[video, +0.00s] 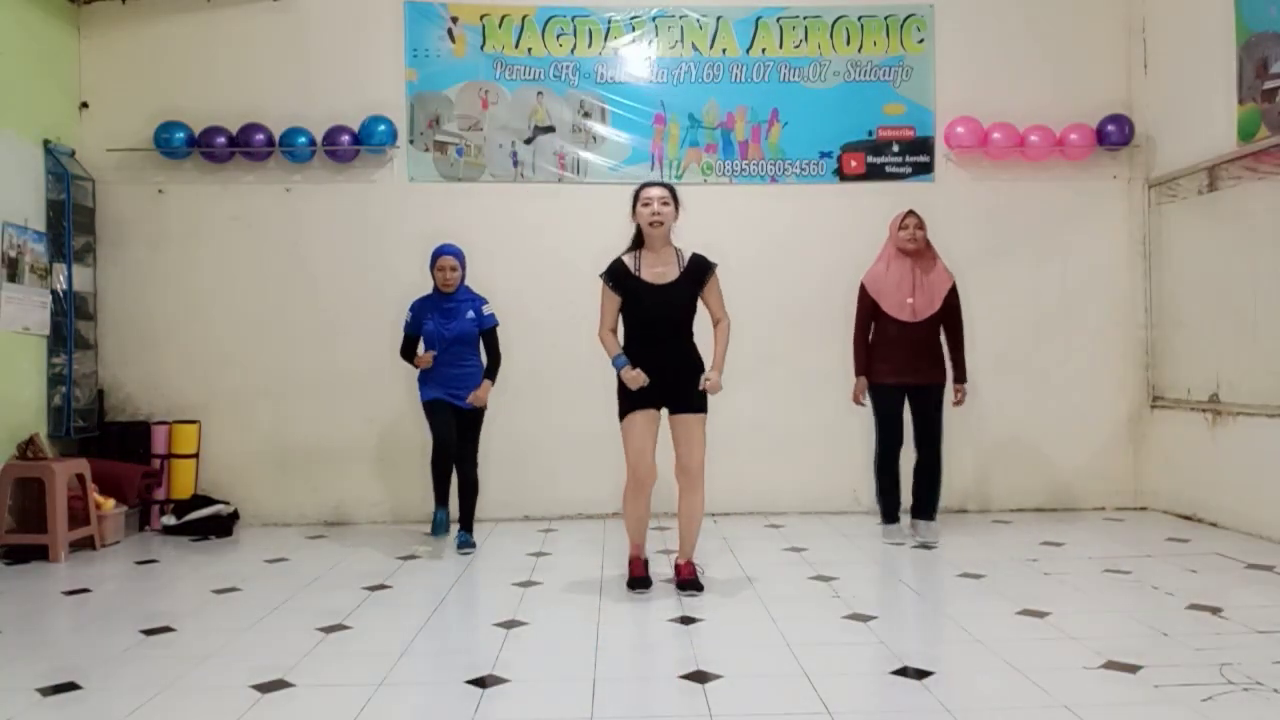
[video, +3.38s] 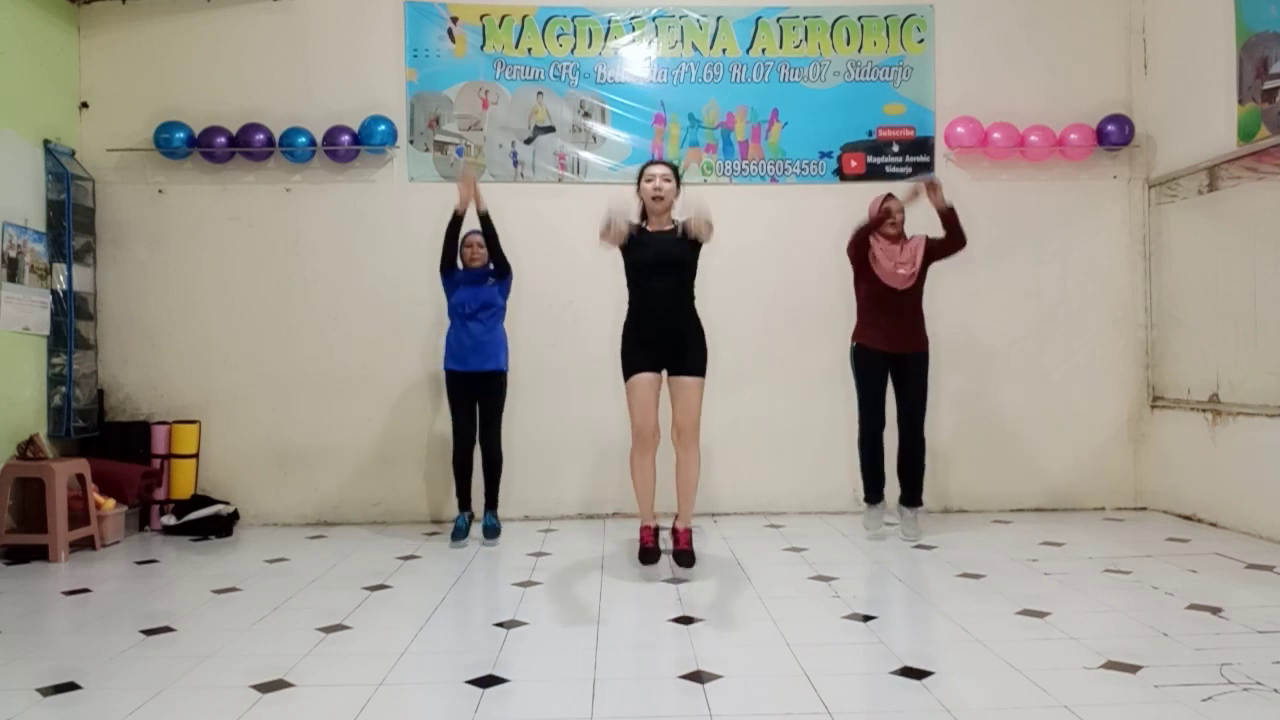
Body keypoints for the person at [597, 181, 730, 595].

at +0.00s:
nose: (656, 209)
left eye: (664, 203)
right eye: (647, 203)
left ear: (676, 213)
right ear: (635, 215)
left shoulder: (697, 267)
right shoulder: (621, 269)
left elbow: (721, 320)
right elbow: (606, 330)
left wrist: (715, 369)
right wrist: (623, 366)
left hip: (686, 375)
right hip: (638, 376)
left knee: (691, 472)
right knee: (641, 474)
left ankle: (686, 561)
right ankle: (637, 556)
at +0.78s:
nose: (647, 215)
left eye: (654, 210)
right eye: (638, 210)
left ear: (665, 223)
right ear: (627, 225)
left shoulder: (685, 272)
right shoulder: (616, 274)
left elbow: (705, 327)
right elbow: (606, 323)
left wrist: (689, 367)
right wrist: (609, 345)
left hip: (674, 375)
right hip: (629, 375)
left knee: (678, 466)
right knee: (632, 468)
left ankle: (668, 549)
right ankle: (632, 547)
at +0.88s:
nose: (647, 214)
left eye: (654, 210)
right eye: (639, 210)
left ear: (665, 223)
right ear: (627, 226)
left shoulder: (686, 272)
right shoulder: (619, 272)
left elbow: (707, 325)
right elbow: (605, 313)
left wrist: (691, 366)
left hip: (671, 372)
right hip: (628, 373)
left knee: (678, 451)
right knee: (630, 464)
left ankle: (669, 530)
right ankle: (631, 546)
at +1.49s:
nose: (655, 219)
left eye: (662, 213)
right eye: (647, 214)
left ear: (674, 225)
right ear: (637, 227)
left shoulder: (692, 273)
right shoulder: (627, 268)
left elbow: (697, 328)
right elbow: (622, 273)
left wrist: (675, 331)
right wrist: (641, 245)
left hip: (679, 371)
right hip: (636, 372)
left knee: (688, 464)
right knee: (642, 464)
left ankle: (675, 542)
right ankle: (644, 546)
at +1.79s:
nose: (655, 219)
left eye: (662, 214)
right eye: (648, 215)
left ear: (674, 225)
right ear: (637, 227)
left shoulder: (690, 272)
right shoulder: (628, 269)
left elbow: (722, 259)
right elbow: (620, 277)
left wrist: (673, 259)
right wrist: (640, 250)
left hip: (682, 373)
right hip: (638, 373)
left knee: (682, 467)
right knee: (637, 465)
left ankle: (678, 547)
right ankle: (646, 544)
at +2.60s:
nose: (658, 217)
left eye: (667, 212)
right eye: (651, 212)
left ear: (677, 224)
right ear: (640, 225)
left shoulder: (692, 266)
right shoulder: (629, 268)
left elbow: (704, 235)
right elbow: (621, 252)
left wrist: (684, 198)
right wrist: (637, 214)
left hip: (685, 372)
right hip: (640, 372)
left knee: (684, 465)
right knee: (642, 466)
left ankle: (679, 549)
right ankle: (642, 546)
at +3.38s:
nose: (657, 185)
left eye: (665, 180)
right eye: (650, 180)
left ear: (676, 191)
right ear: (639, 191)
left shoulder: (689, 231)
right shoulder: (631, 232)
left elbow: (701, 229)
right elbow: (615, 233)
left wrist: (699, 225)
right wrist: (613, 227)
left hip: (686, 339)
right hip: (641, 339)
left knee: (686, 435)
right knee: (644, 436)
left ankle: (683, 528)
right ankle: (648, 527)